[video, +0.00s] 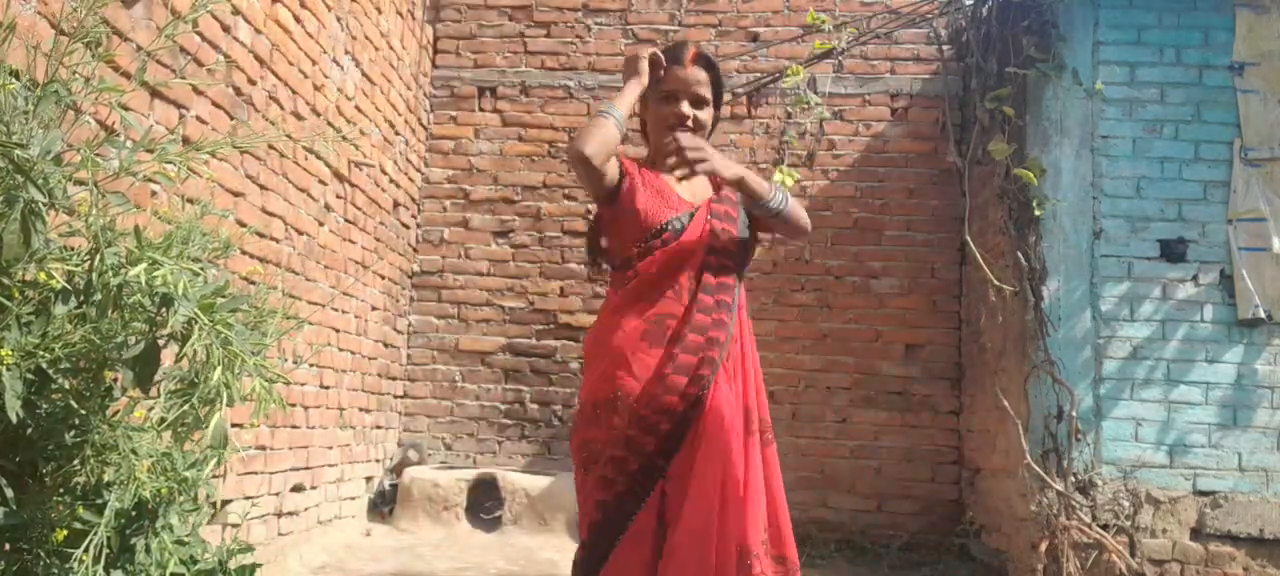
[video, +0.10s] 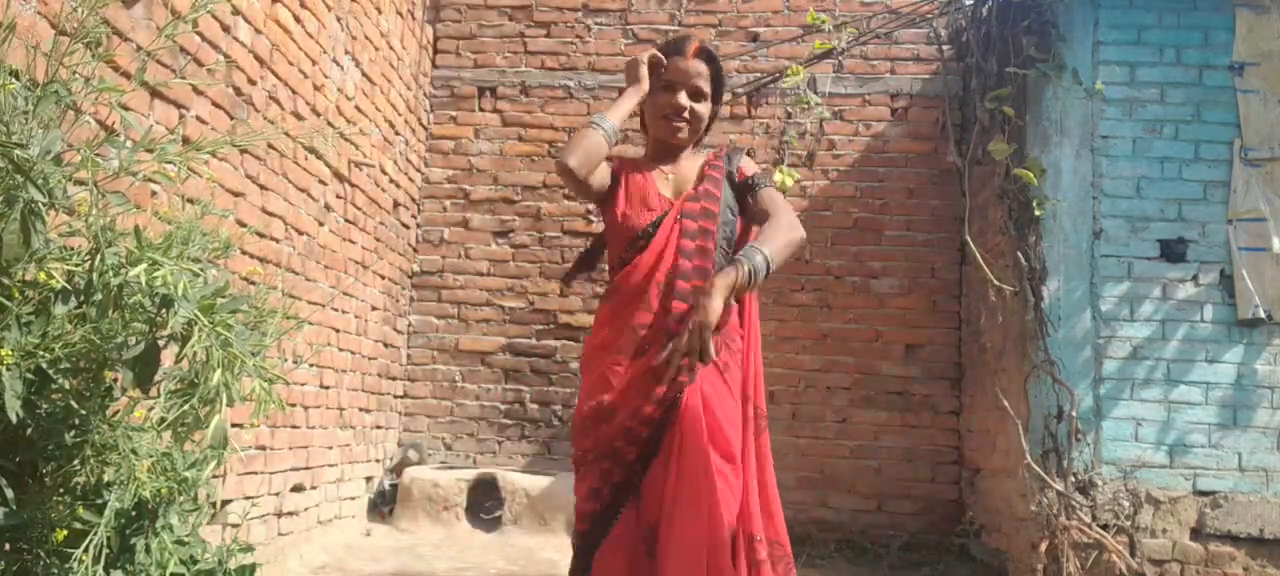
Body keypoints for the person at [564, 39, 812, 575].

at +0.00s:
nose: (685, 113)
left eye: (699, 102)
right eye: (670, 98)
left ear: (716, 112)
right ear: (646, 108)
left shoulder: (730, 190)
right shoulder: (625, 177)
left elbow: (800, 227)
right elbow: (585, 153)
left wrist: (733, 171)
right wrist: (634, 86)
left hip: (721, 381)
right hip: (636, 382)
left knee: (728, 535)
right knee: (629, 539)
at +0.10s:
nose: (681, 103)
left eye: (697, 94)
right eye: (668, 88)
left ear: (715, 107)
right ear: (646, 96)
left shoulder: (730, 167)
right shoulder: (621, 175)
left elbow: (789, 230)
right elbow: (573, 165)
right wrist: (631, 95)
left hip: (711, 368)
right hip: (625, 367)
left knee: (710, 522)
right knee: (613, 521)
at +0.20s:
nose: (680, 83)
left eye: (697, 77)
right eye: (669, 68)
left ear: (715, 95)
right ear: (646, 76)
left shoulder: (725, 147)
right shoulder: (622, 161)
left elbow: (758, 242)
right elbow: (551, 169)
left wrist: (695, 344)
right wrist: (619, 94)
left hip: (701, 370)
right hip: (617, 367)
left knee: (681, 524)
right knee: (604, 519)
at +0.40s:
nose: (669, 104)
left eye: (689, 97)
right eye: (661, 89)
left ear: (711, 115)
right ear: (646, 96)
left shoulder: (701, 170)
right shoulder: (637, 179)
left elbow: (701, 273)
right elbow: (552, 230)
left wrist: (643, 367)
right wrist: (597, 161)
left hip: (675, 392)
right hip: (627, 387)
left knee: (652, 543)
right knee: (611, 539)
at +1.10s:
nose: (687, 143)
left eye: (703, 135)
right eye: (674, 127)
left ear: (714, 151)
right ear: (644, 137)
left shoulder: (731, 210)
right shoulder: (624, 217)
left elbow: (765, 314)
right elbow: (552, 264)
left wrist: (700, 402)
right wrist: (639, 214)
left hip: (700, 410)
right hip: (619, 403)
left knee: (665, 530)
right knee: (598, 542)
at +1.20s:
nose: (705, 144)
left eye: (717, 136)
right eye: (690, 128)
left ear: (725, 149)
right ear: (652, 133)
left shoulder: (736, 224)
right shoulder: (615, 208)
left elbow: (779, 324)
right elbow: (627, 254)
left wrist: (738, 396)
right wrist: (711, 202)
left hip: (737, 417)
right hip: (646, 426)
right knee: (583, 556)